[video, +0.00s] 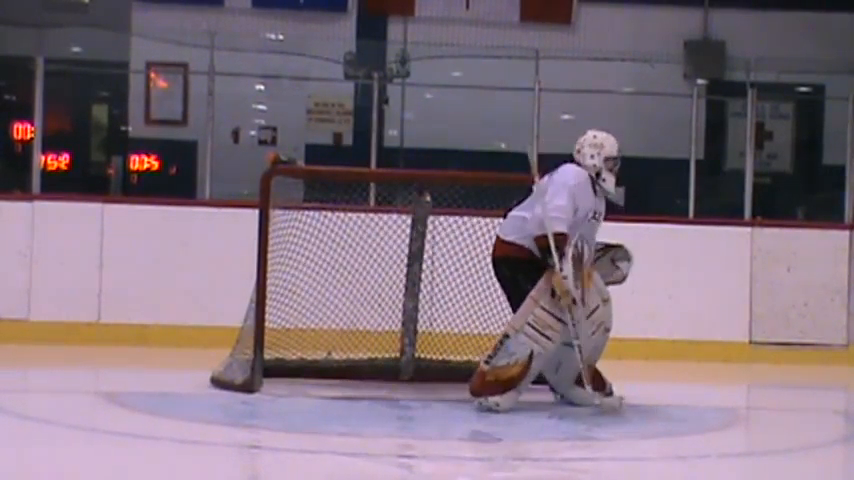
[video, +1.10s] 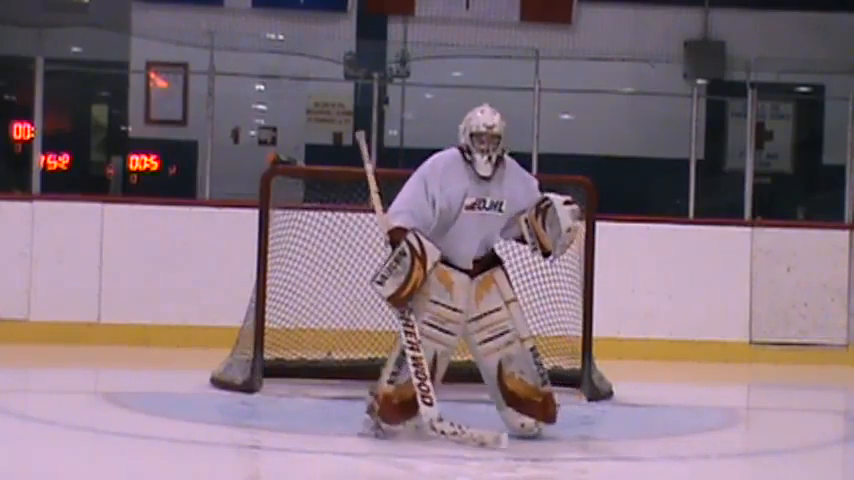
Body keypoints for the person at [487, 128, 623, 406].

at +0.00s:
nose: (614, 167)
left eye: (615, 161)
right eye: (610, 160)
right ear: (593, 159)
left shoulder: (596, 197)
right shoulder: (569, 175)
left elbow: (584, 240)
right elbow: (555, 224)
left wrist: (594, 264)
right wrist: (560, 271)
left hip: (542, 254)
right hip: (515, 250)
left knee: (559, 316)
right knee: (536, 320)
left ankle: (571, 378)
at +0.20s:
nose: (593, 172)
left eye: (597, 165)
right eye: (587, 164)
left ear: (600, 165)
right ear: (567, 162)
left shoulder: (594, 194)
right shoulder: (544, 183)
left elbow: (591, 242)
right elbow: (504, 213)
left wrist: (611, 258)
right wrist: (508, 245)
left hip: (576, 282)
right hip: (539, 276)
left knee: (589, 329)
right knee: (524, 334)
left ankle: (565, 384)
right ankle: (487, 387)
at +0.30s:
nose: (565, 178)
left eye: (571, 171)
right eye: (558, 171)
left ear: (579, 173)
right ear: (543, 171)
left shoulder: (588, 203)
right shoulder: (524, 194)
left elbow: (594, 240)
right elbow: (484, 216)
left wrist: (609, 255)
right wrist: (474, 239)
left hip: (564, 284)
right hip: (518, 279)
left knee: (580, 325)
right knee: (511, 327)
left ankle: (569, 380)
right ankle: (479, 381)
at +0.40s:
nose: (536, 178)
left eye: (542, 172)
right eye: (529, 172)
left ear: (551, 173)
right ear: (516, 171)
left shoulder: (570, 202)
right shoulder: (494, 196)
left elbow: (581, 244)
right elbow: (462, 212)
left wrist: (598, 250)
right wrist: (442, 229)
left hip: (547, 283)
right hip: (497, 280)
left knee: (568, 332)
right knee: (484, 333)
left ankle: (581, 381)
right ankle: (456, 386)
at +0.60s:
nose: (501, 174)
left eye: (507, 168)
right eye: (494, 167)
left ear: (516, 169)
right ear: (480, 167)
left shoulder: (531, 196)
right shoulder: (457, 195)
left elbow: (547, 236)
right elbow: (420, 219)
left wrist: (566, 243)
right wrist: (406, 239)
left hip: (512, 282)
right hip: (464, 280)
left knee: (531, 336)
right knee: (460, 340)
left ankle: (550, 388)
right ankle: (442, 402)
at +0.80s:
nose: (489, 159)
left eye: (495, 153)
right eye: (482, 152)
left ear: (504, 154)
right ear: (469, 153)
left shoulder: (517, 188)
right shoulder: (445, 182)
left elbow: (521, 241)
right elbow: (404, 224)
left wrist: (552, 236)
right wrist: (416, 261)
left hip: (489, 280)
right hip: (445, 276)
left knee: (522, 332)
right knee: (468, 336)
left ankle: (538, 392)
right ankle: (422, 401)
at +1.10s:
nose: (486, 146)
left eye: (492, 140)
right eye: (479, 139)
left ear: (502, 142)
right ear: (465, 139)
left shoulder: (515, 178)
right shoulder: (442, 168)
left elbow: (521, 224)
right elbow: (401, 216)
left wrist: (551, 221)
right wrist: (406, 251)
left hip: (488, 274)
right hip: (439, 271)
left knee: (508, 345)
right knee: (425, 347)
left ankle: (524, 418)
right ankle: (390, 413)